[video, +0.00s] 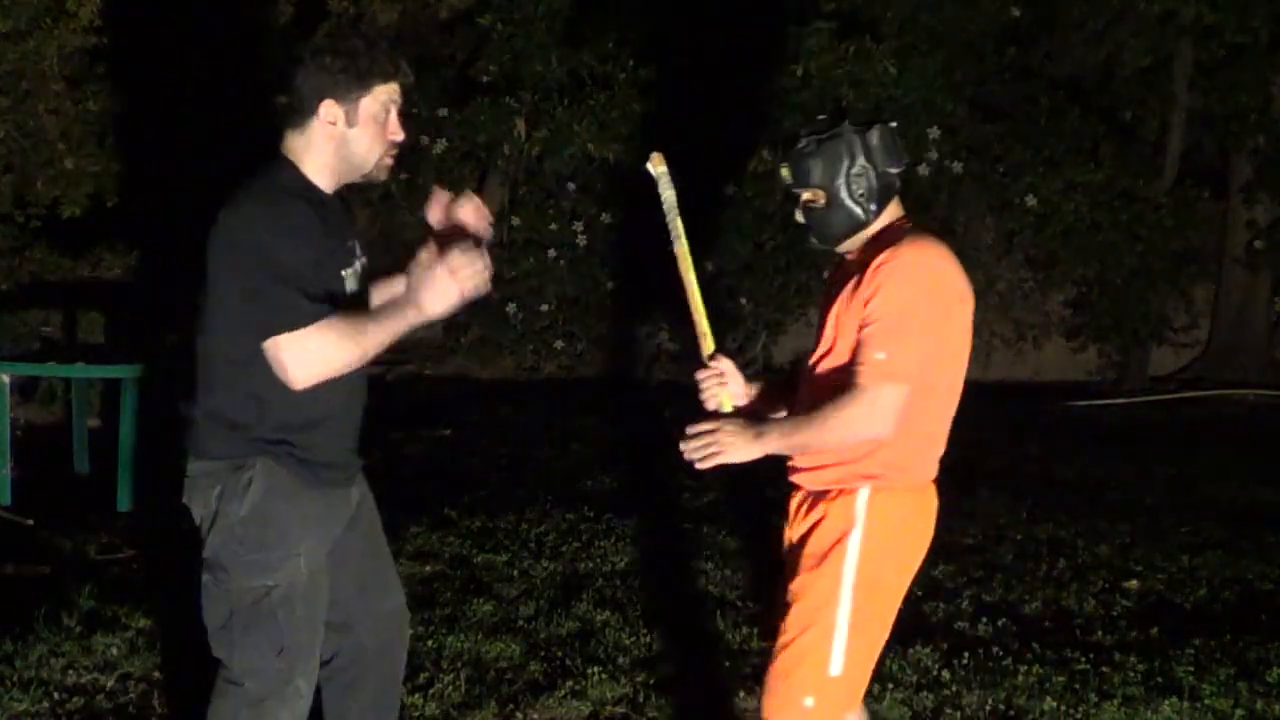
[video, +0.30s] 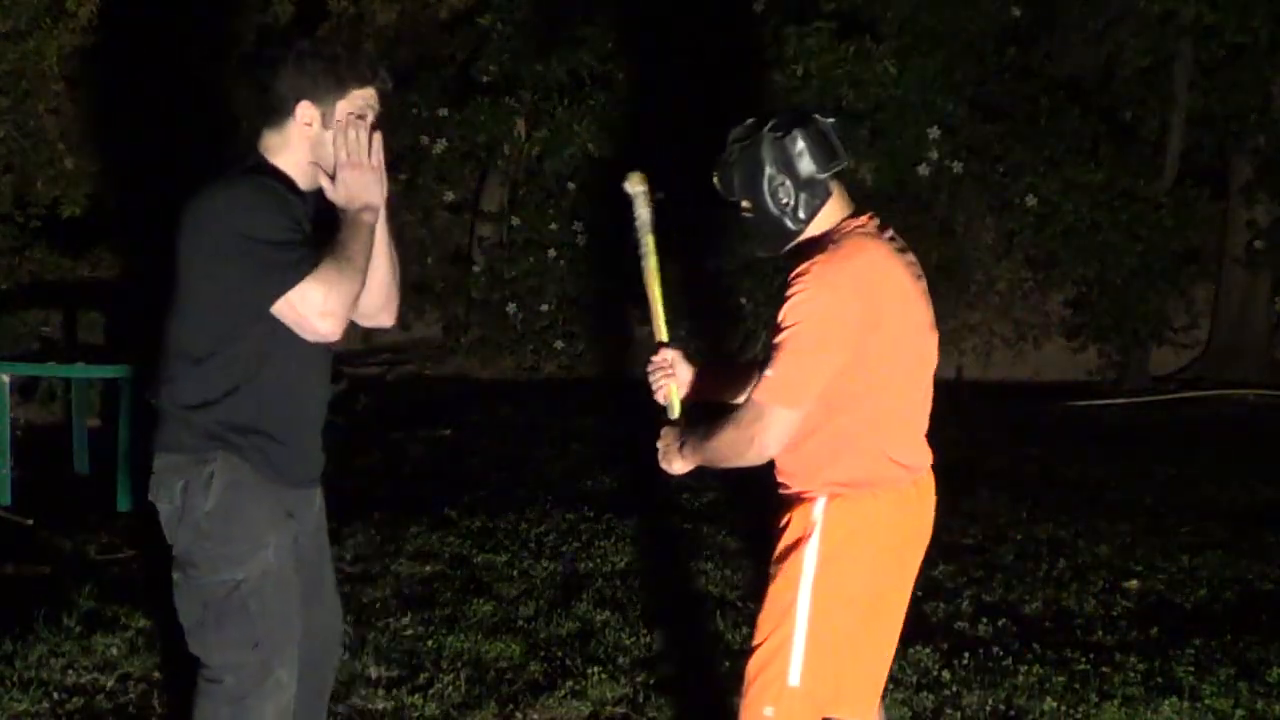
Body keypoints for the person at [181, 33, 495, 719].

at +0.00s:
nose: (399, 136)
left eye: (398, 118)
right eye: (386, 116)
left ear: (335, 120)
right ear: (332, 118)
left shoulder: (328, 215)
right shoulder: (262, 218)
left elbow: (347, 312)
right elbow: (299, 358)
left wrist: (427, 267)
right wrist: (417, 305)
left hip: (331, 478)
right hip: (260, 480)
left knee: (372, 649)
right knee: (268, 680)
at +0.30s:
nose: (368, 140)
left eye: (371, 122)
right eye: (356, 119)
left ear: (311, 123)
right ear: (308, 119)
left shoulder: (304, 212)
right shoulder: (237, 206)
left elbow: (381, 309)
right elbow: (323, 316)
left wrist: (374, 206)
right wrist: (360, 213)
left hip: (290, 482)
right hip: (220, 478)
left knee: (313, 655)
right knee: (252, 674)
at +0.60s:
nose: (325, 136)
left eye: (328, 119)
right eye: (315, 116)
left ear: (268, 119)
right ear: (268, 116)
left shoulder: (264, 213)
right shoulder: (204, 207)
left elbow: (336, 311)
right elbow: (289, 317)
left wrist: (337, 213)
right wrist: (320, 216)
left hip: (270, 489)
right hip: (194, 484)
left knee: (295, 661)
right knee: (157, 684)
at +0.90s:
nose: (278, 151)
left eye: (281, 133)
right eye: (268, 131)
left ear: (226, 134)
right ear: (223, 131)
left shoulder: (224, 220)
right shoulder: (147, 223)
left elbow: (287, 319)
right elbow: (237, 339)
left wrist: (285, 224)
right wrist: (272, 230)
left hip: (228, 500)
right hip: (147, 498)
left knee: (281, 666)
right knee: (107, 693)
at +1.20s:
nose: (274, 143)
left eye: (276, 126)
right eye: (263, 123)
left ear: (219, 130)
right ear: (215, 126)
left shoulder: (218, 217)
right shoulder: (144, 220)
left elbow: (286, 314)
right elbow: (238, 331)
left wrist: (281, 216)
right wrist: (269, 219)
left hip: (231, 497)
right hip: (150, 498)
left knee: (280, 664)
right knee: (110, 696)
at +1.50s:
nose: (304, 162)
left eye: (300, 142)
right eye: (288, 142)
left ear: (240, 152)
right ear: (234, 149)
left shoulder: (252, 247)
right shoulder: (163, 251)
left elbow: (311, 304)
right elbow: (221, 368)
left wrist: (359, 257)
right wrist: (302, 276)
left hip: (264, 506)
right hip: (172, 515)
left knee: (352, 626)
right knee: (136, 702)